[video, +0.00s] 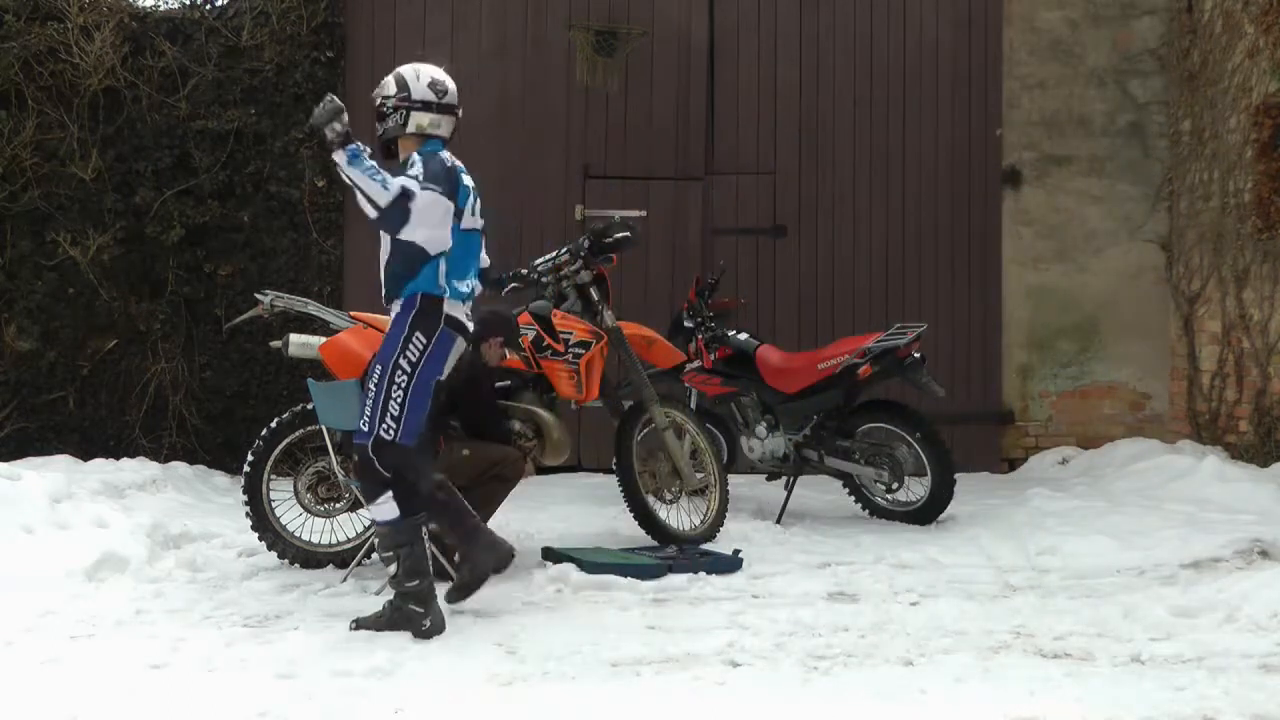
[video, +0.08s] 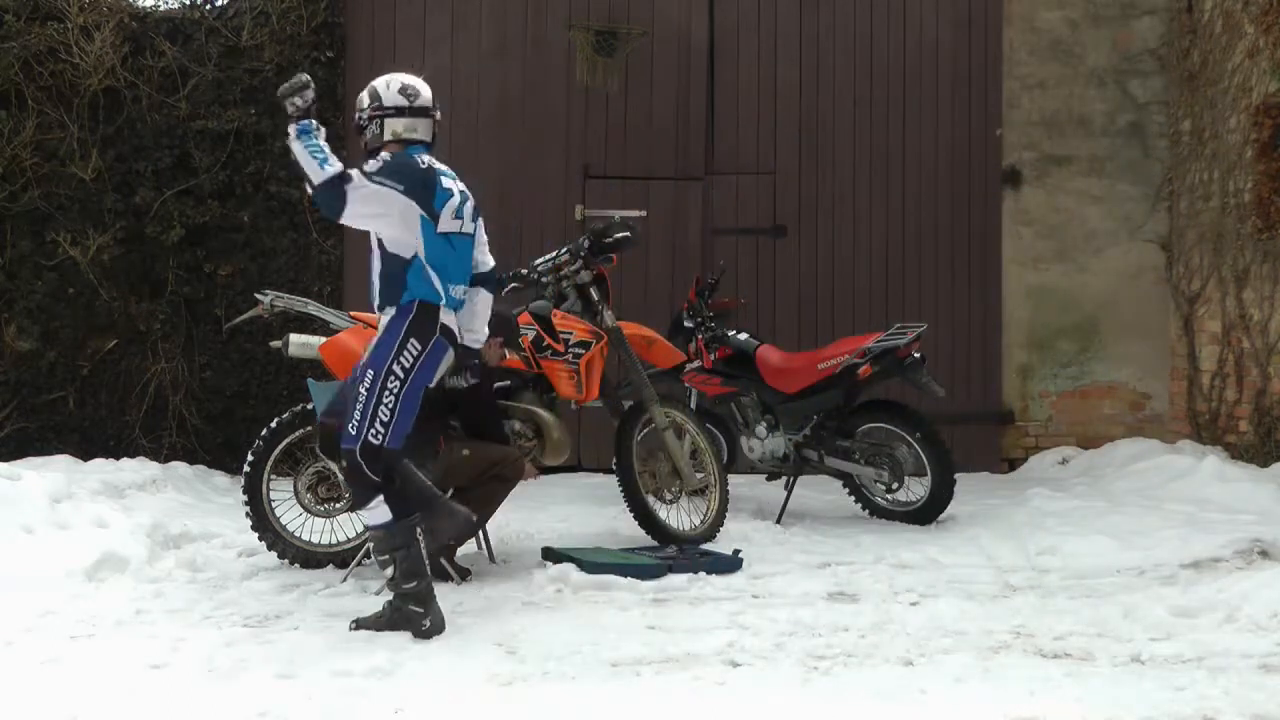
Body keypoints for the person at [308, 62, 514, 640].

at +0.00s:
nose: (381, 121)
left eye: (385, 111)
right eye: (383, 111)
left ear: (401, 114)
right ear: (440, 118)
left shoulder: (431, 167)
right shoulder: (450, 171)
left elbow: (405, 216)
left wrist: (345, 148)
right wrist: (353, 161)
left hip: (427, 314)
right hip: (440, 314)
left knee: (375, 448)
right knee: (392, 445)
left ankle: (413, 597)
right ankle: (477, 543)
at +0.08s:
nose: (364, 131)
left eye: (366, 122)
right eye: (366, 122)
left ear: (375, 122)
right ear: (426, 124)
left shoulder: (398, 171)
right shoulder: (455, 185)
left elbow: (337, 196)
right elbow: (484, 273)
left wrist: (302, 123)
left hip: (417, 321)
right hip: (443, 323)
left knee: (363, 454)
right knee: (349, 429)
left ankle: (412, 597)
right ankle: (439, 512)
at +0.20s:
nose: (346, 132)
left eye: (346, 123)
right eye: (347, 124)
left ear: (352, 123)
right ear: (406, 115)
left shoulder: (363, 162)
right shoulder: (446, 177)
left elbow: (288, 189)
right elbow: (491, 250)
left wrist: (248, 143)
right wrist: (500, 318)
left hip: (390, 319)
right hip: (404, 319)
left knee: (361, 457)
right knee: (302, 410)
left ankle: (415, 599)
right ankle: (362, 523)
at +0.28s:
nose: (344, 116)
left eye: (344, 108)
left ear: (345, 110)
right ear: (405, 108)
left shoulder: (344, 156)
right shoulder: (434, 169)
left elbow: (269, 191)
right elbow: (483, 232)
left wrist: (228, 206)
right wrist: (516, 276)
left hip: (366, 306)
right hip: (399, 310)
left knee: (353, 448)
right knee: (311, 428)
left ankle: (408, 593)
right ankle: (338, 569)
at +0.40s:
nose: (411, 134)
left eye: (412, 124)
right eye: (406, 123)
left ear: (350, 116)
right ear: (383, 120)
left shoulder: (318, 165)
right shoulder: (414, 182)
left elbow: (274, 237)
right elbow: (477, 228)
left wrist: (251, 299)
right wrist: (509, 184)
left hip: (331, 328)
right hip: (384, 335)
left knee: (282, 446)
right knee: (343, 461)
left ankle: (360, 551)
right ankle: (326, 594)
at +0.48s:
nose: (407, 146)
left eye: (407, 137)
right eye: (401, 135)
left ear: (343, 129)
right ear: (377, 132)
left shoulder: (307, 175)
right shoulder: (412, 192)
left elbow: (284, 255)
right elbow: (471, 206)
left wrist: (260, 326)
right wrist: (480, 152)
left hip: (312, 339)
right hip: (373, 347)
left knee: (265, 441)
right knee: (335, 459)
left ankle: (311, 520)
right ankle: (329, 595)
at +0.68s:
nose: (388, 131)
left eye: (386, 121)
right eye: (382, 121)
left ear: (318, 115)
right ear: (359, 118)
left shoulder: (273, 163)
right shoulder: (383, 183)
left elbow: (232, 238)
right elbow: (424, 229)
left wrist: (209, 293)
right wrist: (390, 174)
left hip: (271, 328)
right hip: (339, 335)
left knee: (254, 440)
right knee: (328, 460)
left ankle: (221, 554)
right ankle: (327, 596)